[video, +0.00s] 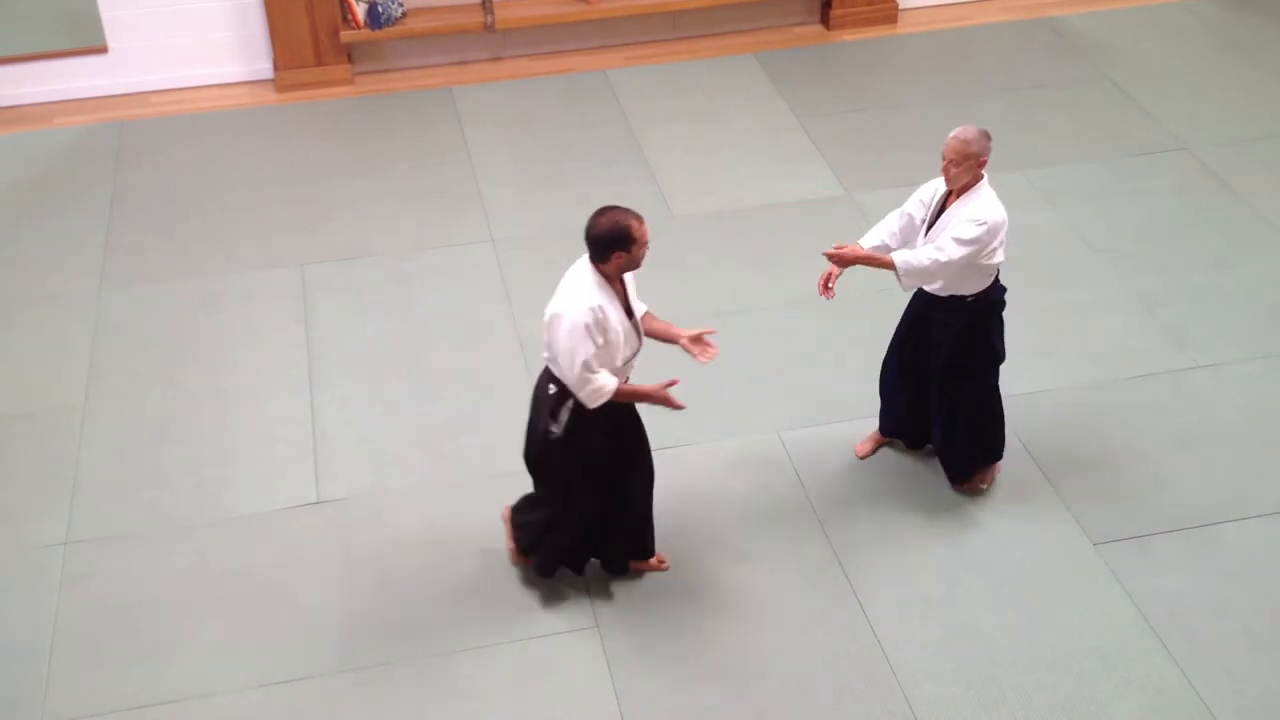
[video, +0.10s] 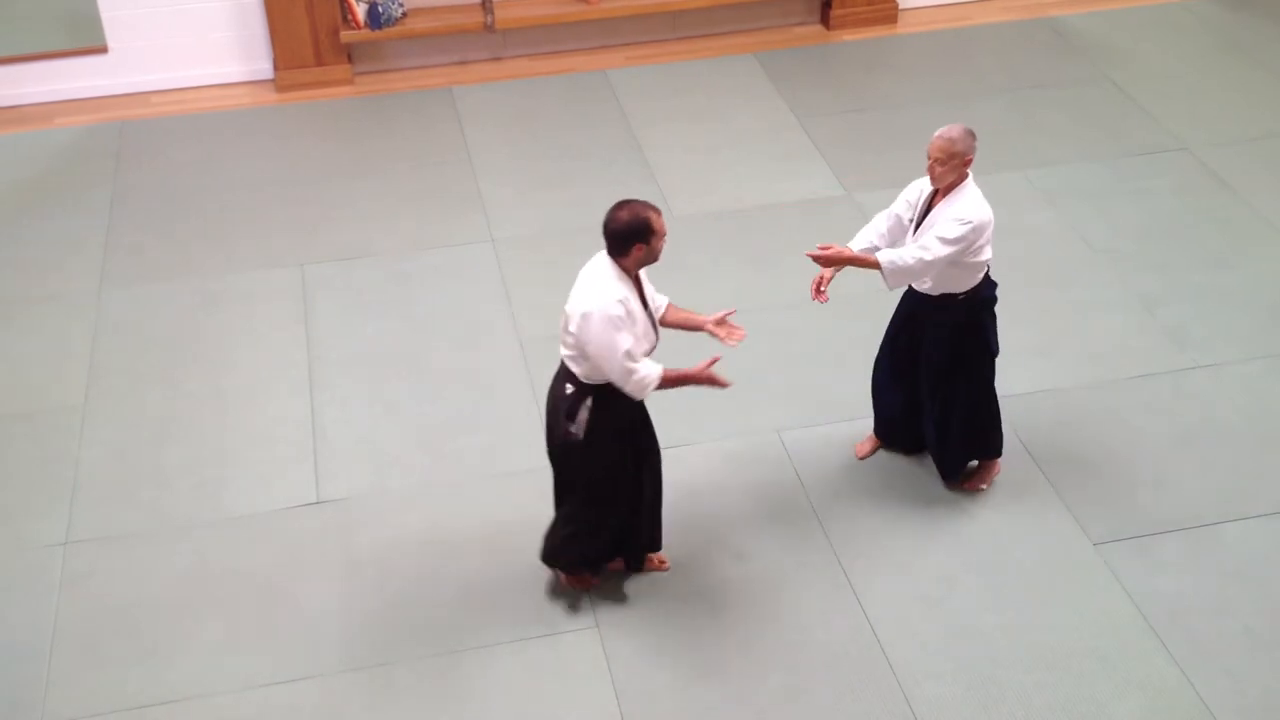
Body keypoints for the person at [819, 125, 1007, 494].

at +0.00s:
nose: (945, 169)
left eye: (954, 164)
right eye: (943, 160)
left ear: (981, 166)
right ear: (942, 155)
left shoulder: (986, 215)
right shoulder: (937, 190)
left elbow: (931, 261)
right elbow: (895, 226)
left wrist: (862, 258)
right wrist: (845, 263)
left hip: (972, 310)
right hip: (930, 300)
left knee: (970, 387)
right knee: (902, 366)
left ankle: (982, 460)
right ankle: (892, 428)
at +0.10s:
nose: (931, 169)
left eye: (940, 163)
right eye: (929, 160)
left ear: (966, 164)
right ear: (927, 155)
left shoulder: (972, 214)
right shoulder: (922, 189)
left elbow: (917, 260)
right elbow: (884, 227)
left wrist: (851, 258)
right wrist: (839, 263)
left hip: (963, 307)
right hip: (921, 299)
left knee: (970, 384)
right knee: (893, 367)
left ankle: (989, 458)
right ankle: (887, 430)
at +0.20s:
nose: (917, 169)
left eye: (925, 163)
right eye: (915, 161)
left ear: (951, 164)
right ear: (915, 157)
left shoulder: (959, 213)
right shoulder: (908, 190)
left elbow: (907, 258)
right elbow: (873, 228)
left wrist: (841, 259)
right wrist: (828, 266)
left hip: (957, 306)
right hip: (914, 298)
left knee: (968, 383)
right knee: (886, 367)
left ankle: (989, 456)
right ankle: (882, 432)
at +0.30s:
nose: (906, 170)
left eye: (915, 165)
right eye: (905, 162)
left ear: (941, 165)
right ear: (904, 157)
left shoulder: (950, 214)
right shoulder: (900, 191)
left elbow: (901, 256)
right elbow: (868, 229)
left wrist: (836, 262)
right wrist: (826, 264)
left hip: (954, 303)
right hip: (910, 297)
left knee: (966, 379)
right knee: (882, 366)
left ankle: (989, 457)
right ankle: (877, 431)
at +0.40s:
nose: (904, 172)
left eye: (913, 166)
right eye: (902, 163)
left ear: (939, 167)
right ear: (901, 158)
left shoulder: (948, 215)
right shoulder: (901, 193)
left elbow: (902, 257)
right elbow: (871, 229)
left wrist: (842, 266)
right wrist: (833, 260)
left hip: (953, 304)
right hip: (911, 298)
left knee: (960, 381)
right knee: (885, 367)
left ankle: (993, 459)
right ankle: (875, 432)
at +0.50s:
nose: (910, 174)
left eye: (919, 169)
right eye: (909, 166)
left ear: (946, 170)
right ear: (908, 162)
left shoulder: (955, 219)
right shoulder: (910, 195)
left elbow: (904, 261)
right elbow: (883, 232)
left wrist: (847, 269)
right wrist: (851, 256)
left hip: (956, 309)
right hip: (914, 301)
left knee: (959, 389)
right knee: (881, 373)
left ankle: (999, 466)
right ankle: (879, 434)